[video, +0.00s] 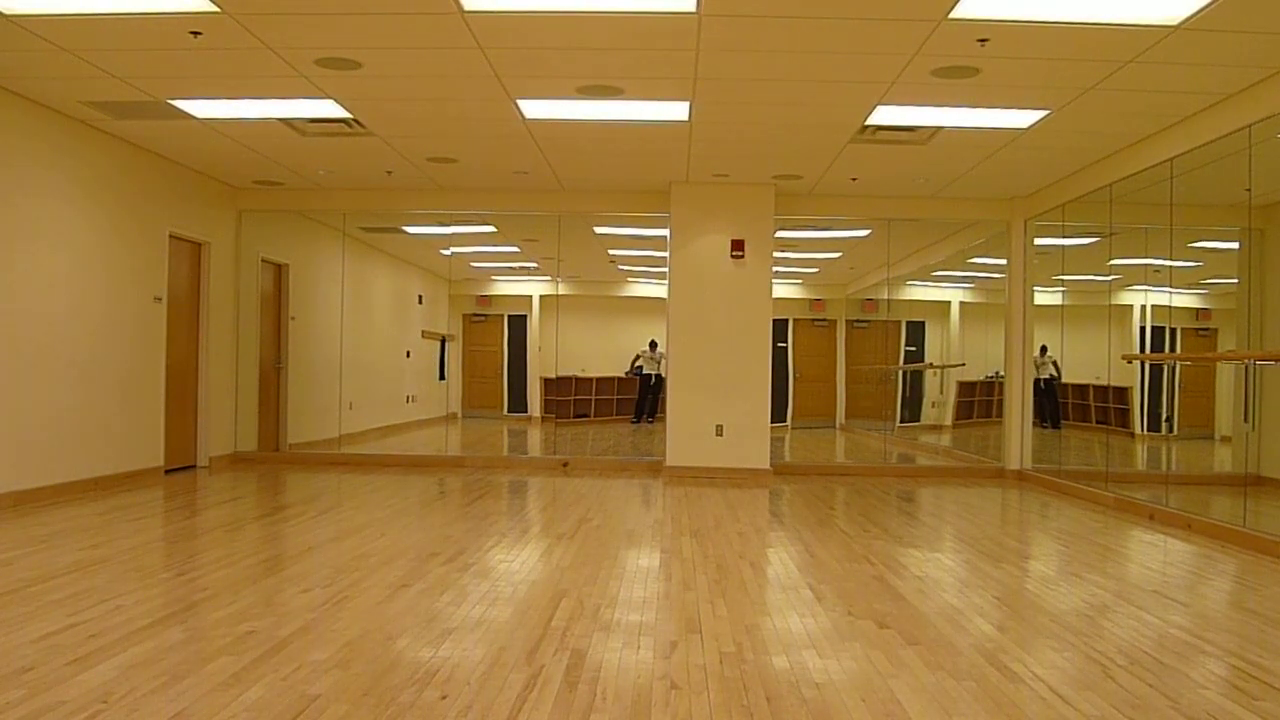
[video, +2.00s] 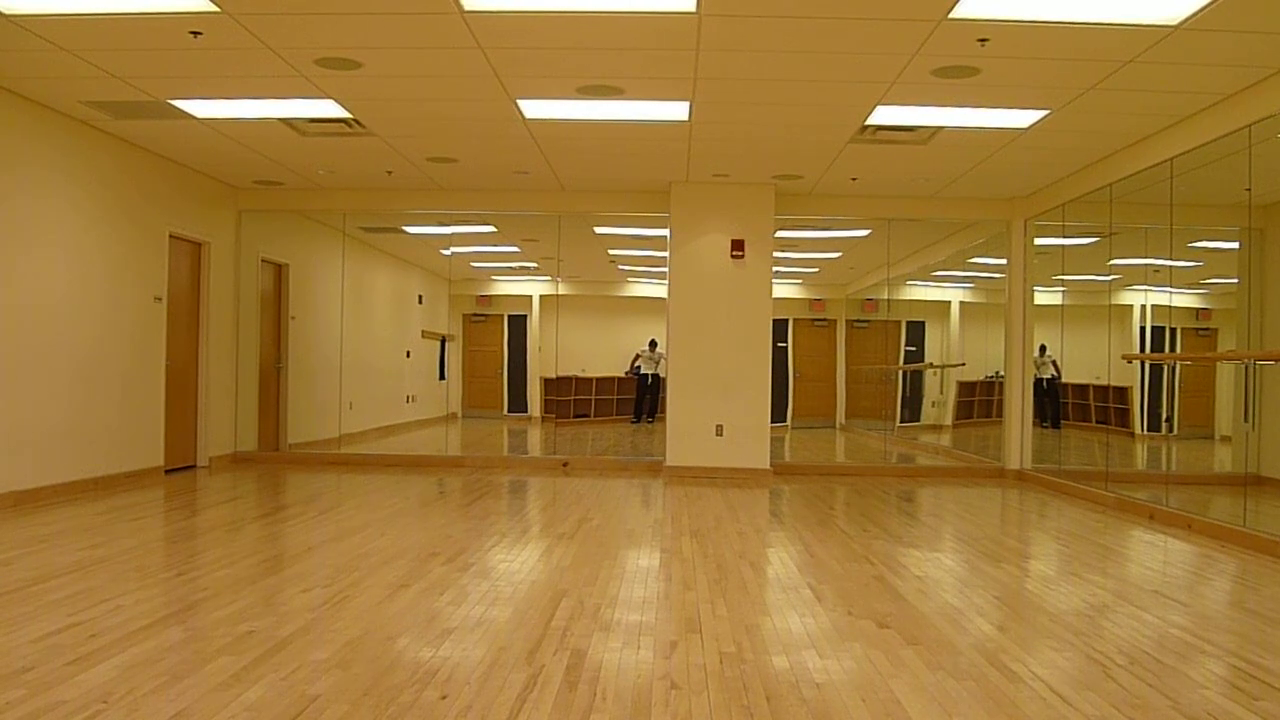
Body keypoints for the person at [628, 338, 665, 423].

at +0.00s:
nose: (653, 351)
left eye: (654, 349)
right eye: (651, 349)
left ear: (656, 348)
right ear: (649, 347)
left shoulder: (660, 354)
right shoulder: (643, 352)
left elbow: (669, 361)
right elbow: (635, 359)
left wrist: (666, 373)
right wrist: (631, 370)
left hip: (657, 374)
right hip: (646, 373)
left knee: (655, 396)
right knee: (642, 395)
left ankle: (651, 416)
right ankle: (637, 416)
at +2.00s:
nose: (652, 350)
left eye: (653, 348)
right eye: (650, 348)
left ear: (656, 348)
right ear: (648, 346)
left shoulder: (660, 354)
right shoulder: (642, 352)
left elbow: (668, 361)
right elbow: (634, 360)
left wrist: (667, 373)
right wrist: (631, 370)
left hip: (654, 374)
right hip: (643, 373)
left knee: (654, 396)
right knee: (640, 395)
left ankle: (651, 416)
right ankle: (637, 416)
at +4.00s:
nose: (652, 349)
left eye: (653, 347)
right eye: (650, 347)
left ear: (656, 347)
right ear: (648, 346)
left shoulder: (660, 354)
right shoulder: (642, 352)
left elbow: (668, 362)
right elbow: (634, 360)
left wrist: (668, 373)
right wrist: (631, 370)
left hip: (654, 373)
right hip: (643, 373)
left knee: (654, 396)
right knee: (640, 395)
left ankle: (651, 416)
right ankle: (637, 416)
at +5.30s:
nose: (651, 348)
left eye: (652, 346)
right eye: (649, 346)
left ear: (655, 346)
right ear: (646, 346)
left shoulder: (658, 354)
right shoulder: (641, 352)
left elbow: (666, 360)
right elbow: (632, 360)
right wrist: (630, 370)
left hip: (654, 374)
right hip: (643, 374)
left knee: (654, 396)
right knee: (640, 395)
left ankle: (651, 416)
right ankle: (637, 416)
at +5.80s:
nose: (641, 348)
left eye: (642, 345)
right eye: (639, 346)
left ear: (644, 345)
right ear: (636, 347)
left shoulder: (650, 353)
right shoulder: (634, 354)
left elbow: (659, 361)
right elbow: (627, 361)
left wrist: (665, 371)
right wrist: (628, 370)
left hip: (654, 374)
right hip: (642, 374)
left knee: (654, 396)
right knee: (640, 396)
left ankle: (651, 416)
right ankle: (637, 416)